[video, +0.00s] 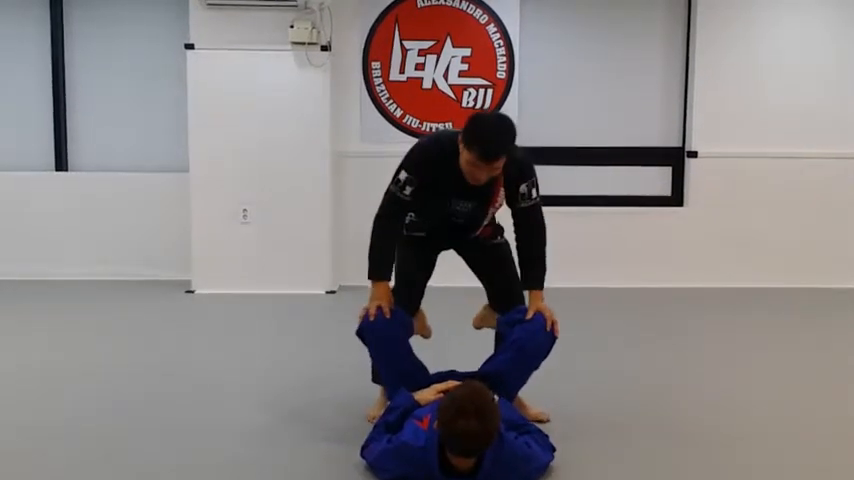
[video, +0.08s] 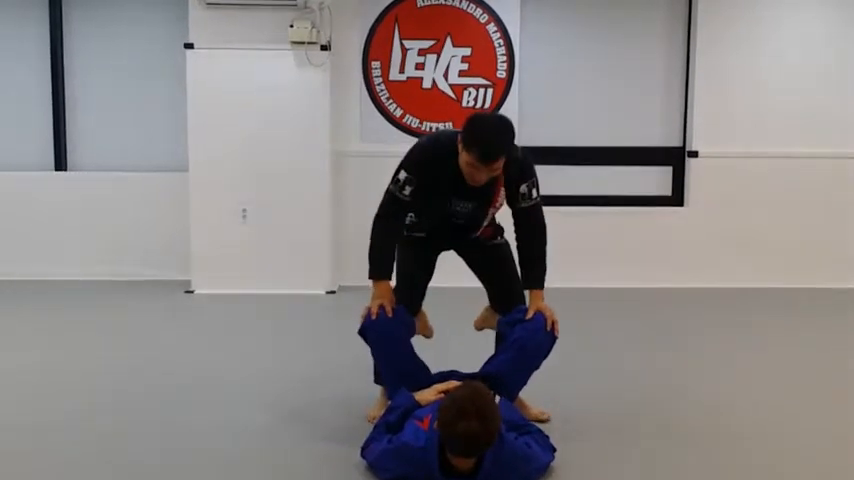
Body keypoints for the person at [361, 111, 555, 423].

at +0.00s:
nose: (480, 175)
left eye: (490, 169)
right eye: (473, 166)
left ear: (504, 159)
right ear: (461, 146)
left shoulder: (516, 165)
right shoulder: (428, 153)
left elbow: (530, 226)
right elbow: (388, 216)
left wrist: (536, 297)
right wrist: (379, 285)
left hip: (478, 233)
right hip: (421, 233)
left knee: (513, 307)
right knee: (399, 310)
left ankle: (507, 392)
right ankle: (388, 392)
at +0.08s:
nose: (480, 176)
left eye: (489, 170)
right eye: (473, 166)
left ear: (504, 158)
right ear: (460, 148)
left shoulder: (516, 165)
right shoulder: (427, 154)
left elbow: (531, 226)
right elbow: (387, 216)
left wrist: (537, 296)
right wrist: (381, 284)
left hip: (478, 233)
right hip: (421, 233)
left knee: (513, 306)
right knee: (401, 311)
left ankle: (507, 392)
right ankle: (388, 392)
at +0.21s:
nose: (484, 175)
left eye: (494, 169)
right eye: (477, 166)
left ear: (508, 158)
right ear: (465, 146)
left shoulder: (520, 165)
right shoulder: (431, 153)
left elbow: (533, 227)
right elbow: (392, 215)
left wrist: (539, 298)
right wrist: (386, 282)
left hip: (480, 233)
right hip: (424, 233)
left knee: (514, 306)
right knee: (402, 311)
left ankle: (508, 393)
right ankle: (389, 391)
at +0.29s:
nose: (487, 175)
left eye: (497, 169)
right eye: (481, 166)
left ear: (512, 158)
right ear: (469, 144)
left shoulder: (522, 164)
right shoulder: (434, 152)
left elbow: (535, 227)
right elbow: (394, 214)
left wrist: (540, 297)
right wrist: (387, 281)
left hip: (482, 234)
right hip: (426, 233)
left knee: (516, 308)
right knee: (403, 311)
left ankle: (507, 393)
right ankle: (390, 392)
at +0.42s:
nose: (495, 174)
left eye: (505, 169)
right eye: (489, 165)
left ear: (519, 157)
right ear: (476, 141)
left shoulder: (528, 164)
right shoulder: (441, 150)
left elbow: (539, 226)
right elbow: (400, 213)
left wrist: (544, 297)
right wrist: (390, 281)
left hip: (485, 233)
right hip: (429, 233)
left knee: (519, 308)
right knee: (408, 311)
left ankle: (508, 393)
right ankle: (390, 392)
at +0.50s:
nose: (498, 174)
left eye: (508, 169)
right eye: (492, 165)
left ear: (522, 159)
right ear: (479, 142)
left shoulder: (530, 165)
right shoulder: (444, 150)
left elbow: (541, 226)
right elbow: (402, 211)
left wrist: (545, 297)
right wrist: (391, 280)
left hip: (486, 234)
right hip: (431, 232)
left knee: (520, 309)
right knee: (409, 310)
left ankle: (508, 394)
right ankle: (390, 392)